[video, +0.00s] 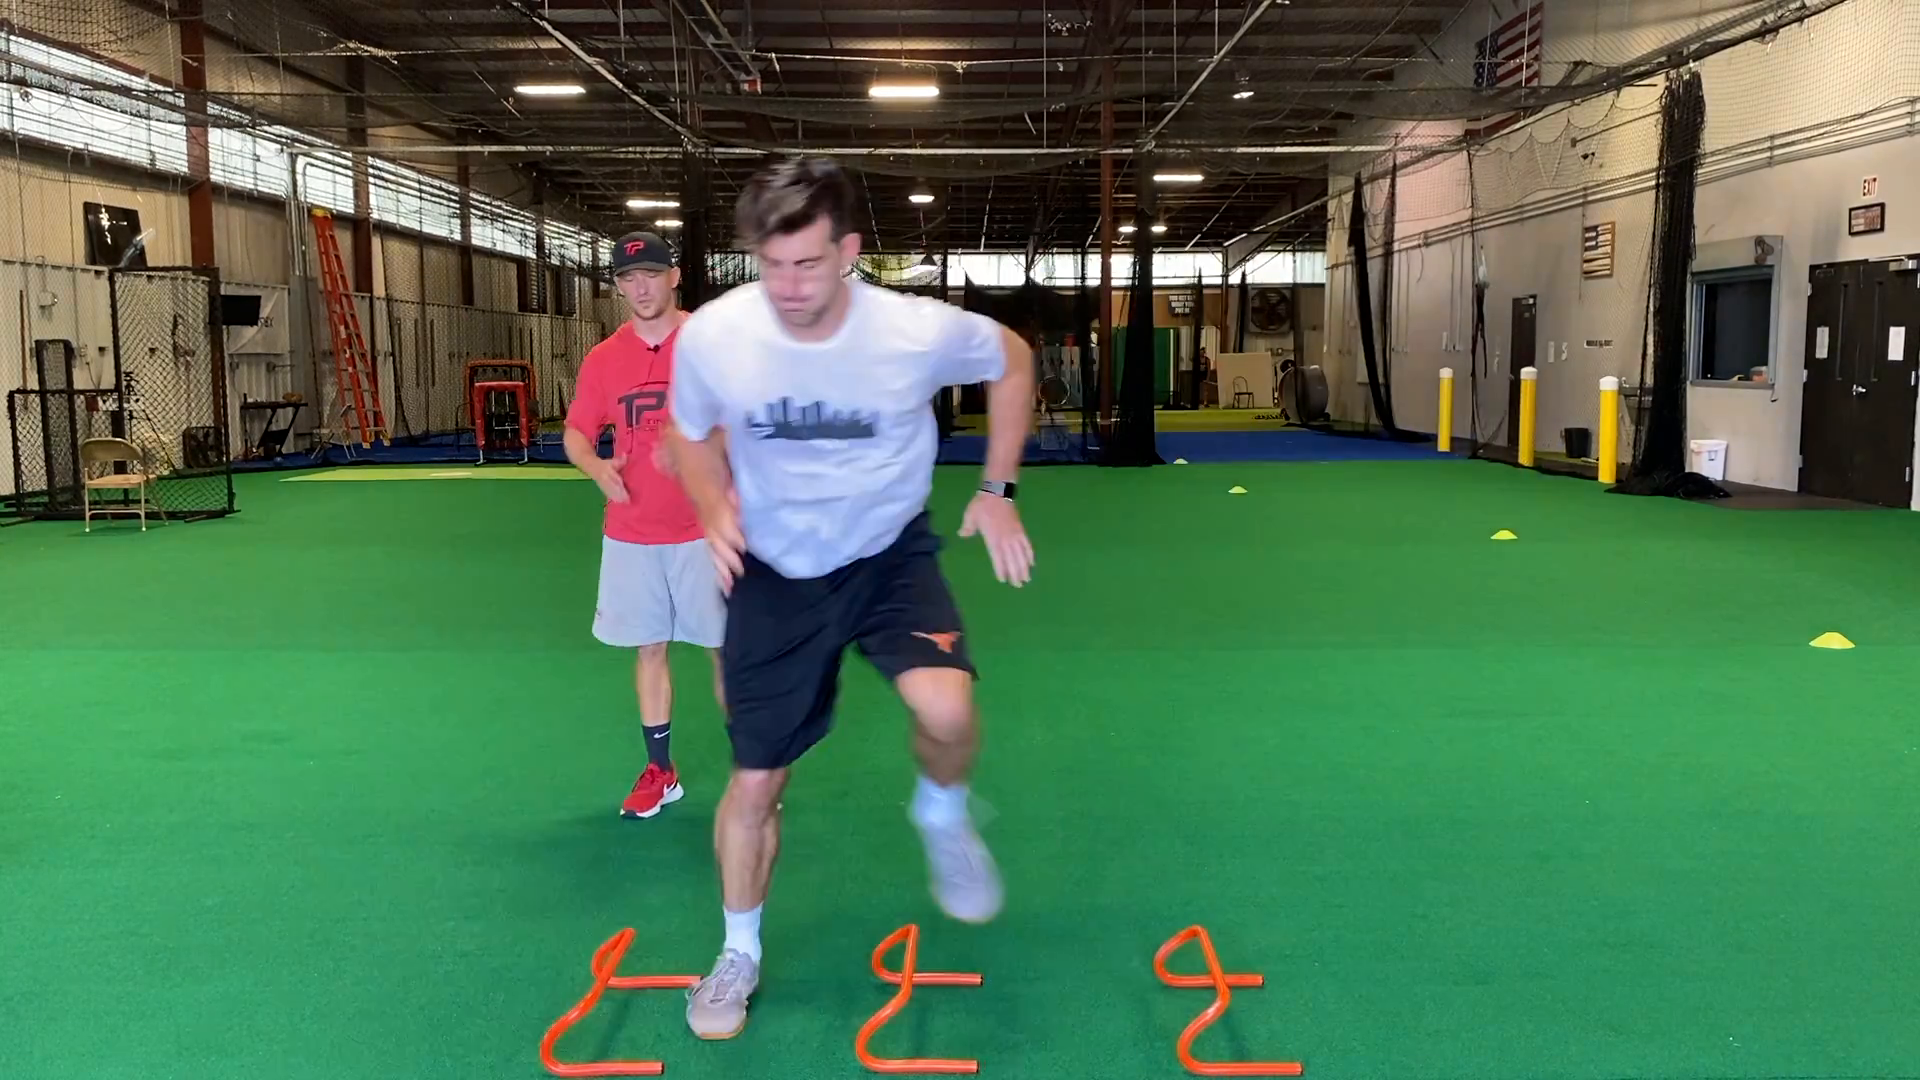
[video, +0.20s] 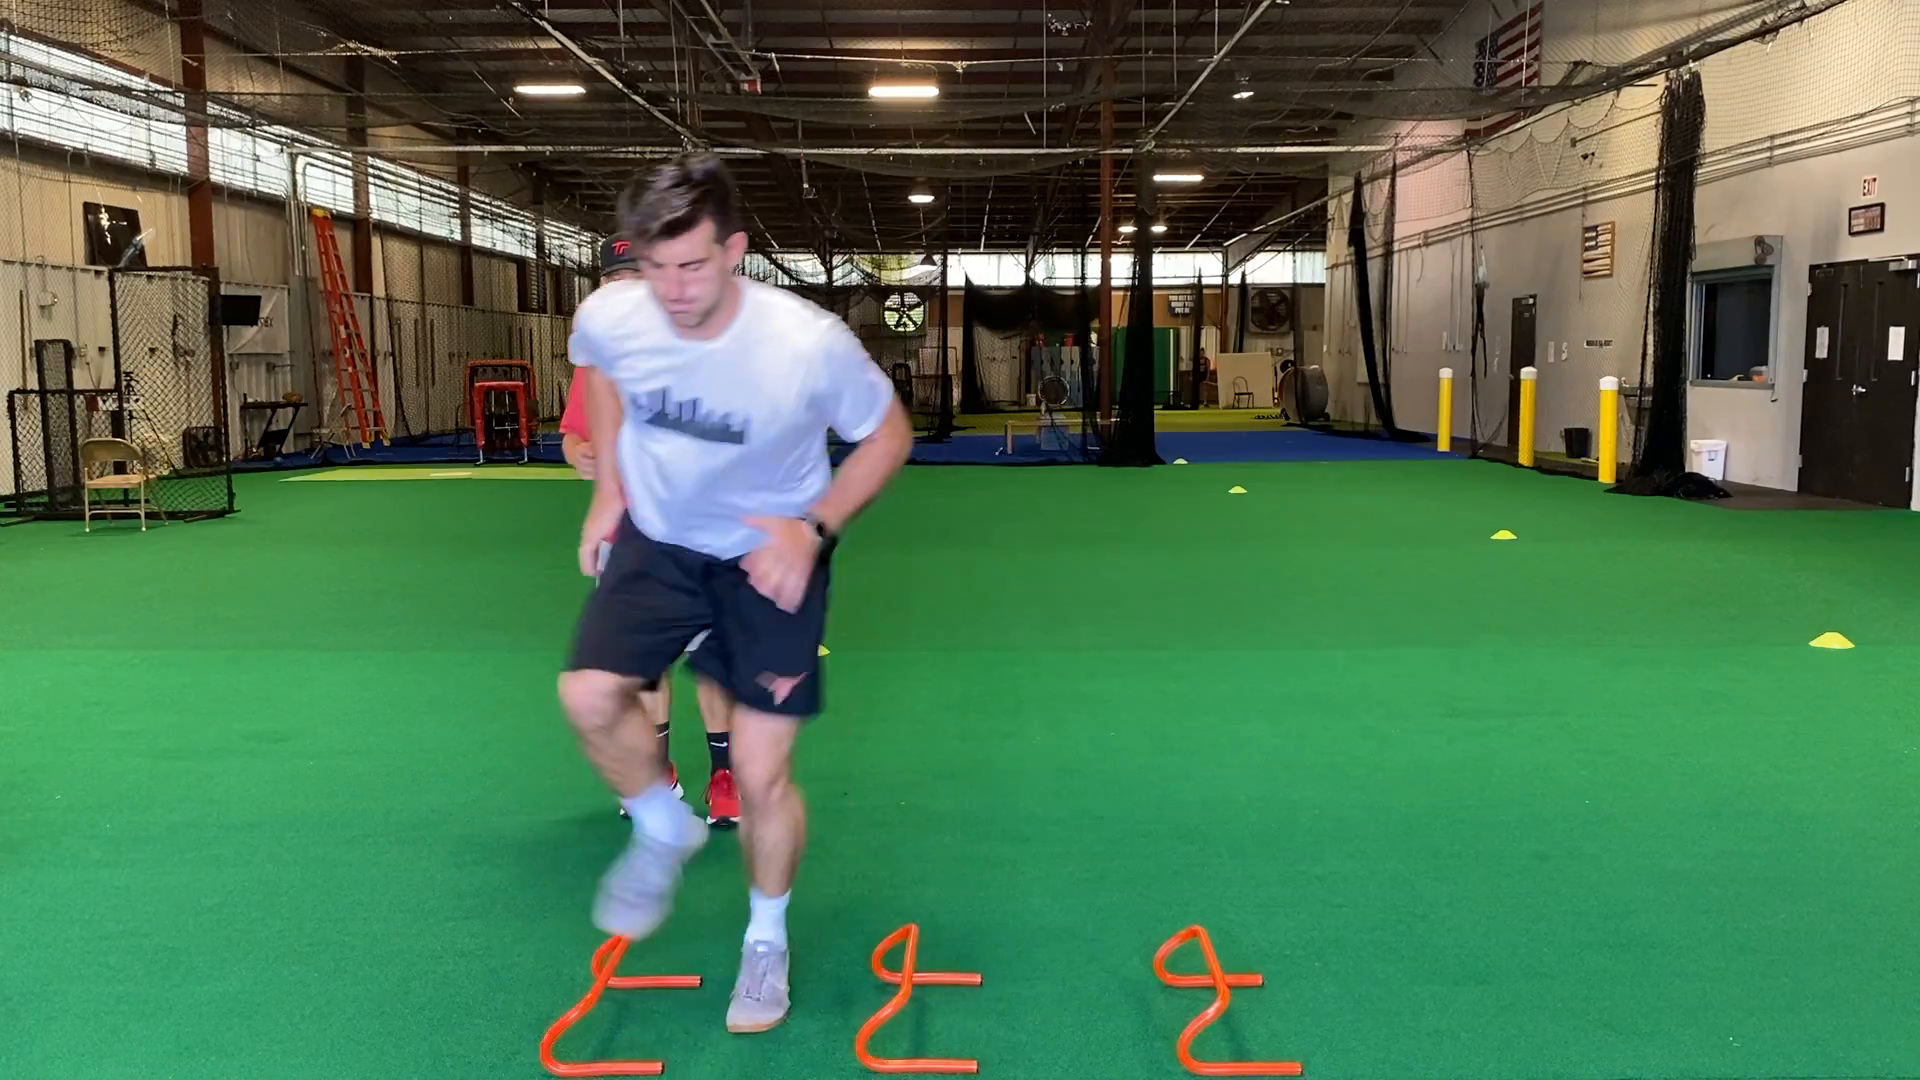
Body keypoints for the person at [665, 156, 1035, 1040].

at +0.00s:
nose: (790, 282)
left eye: (809, 264)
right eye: (775, 264)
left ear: (851, 252)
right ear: (755, 256)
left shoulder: (916, 330)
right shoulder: (711, 338)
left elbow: (1013, 358)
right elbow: (686, 435)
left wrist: (998, 488)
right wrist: (712, 507)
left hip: (893, 555)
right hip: (774, 573)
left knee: (950, 714)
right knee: (755, 781)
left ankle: (944, 818)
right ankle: (737, 953)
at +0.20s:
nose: (675, 286)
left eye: (694, 265)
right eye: (658, 267)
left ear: (735, 251)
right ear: (636, 260)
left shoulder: (807, 341)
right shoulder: (611, 318)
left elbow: (891, 436)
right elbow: (600, 373)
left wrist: (814, 528)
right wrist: (609, 486)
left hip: (768, 560)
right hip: (654, 545)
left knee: (760, 774)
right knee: (592, 694)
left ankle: (766, 939)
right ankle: (664, 831)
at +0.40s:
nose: (545, 304)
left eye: (563, 282)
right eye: (527, 287)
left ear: (609, 265)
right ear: (509, 276)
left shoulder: (682, 343)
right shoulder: (484, 341)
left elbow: (813, 390)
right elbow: (485, 420)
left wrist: (787, 525)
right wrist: (501, 512)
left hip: (687, 565)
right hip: (566, 574)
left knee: (706, 742)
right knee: (527, 757)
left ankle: (753, 873)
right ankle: (471, 952)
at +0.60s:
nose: (440, 367)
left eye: (459, 345)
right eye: (427, 347)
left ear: (508, 328)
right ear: (410, 336)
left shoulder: (590, 419)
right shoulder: (405, 368)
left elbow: (694, 519)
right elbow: (413, 423)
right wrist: (402, 503)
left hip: (606, 605)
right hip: (485, 606)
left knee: (592, 784)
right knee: (473, 784)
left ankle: (646, 693)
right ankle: (471, 966)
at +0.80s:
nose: (396, 392)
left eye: (414, 371)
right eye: (381, 374)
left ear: (462, 350)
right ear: (364, 366)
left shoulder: (545, 441)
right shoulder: (367, 382)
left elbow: (643, 562)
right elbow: (376, 425)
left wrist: (513, 624)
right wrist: (375, 478)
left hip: (575, 610)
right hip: (460, 608)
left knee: (567, 785)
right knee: (455, 784)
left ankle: (537, 763)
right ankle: (467, 966)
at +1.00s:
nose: (394, 392)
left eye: (412, 370)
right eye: (379, 373)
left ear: (459, 348)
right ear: (360, 365)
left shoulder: (543, 441)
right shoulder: (360, 383)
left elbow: (640, 557)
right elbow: (375, 434)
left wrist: (514, 624)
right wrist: (375, 486)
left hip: (571, 605)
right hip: (454, 603)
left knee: (565, 783)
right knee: (449, 781)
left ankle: (529, 762)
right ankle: (464, 965)